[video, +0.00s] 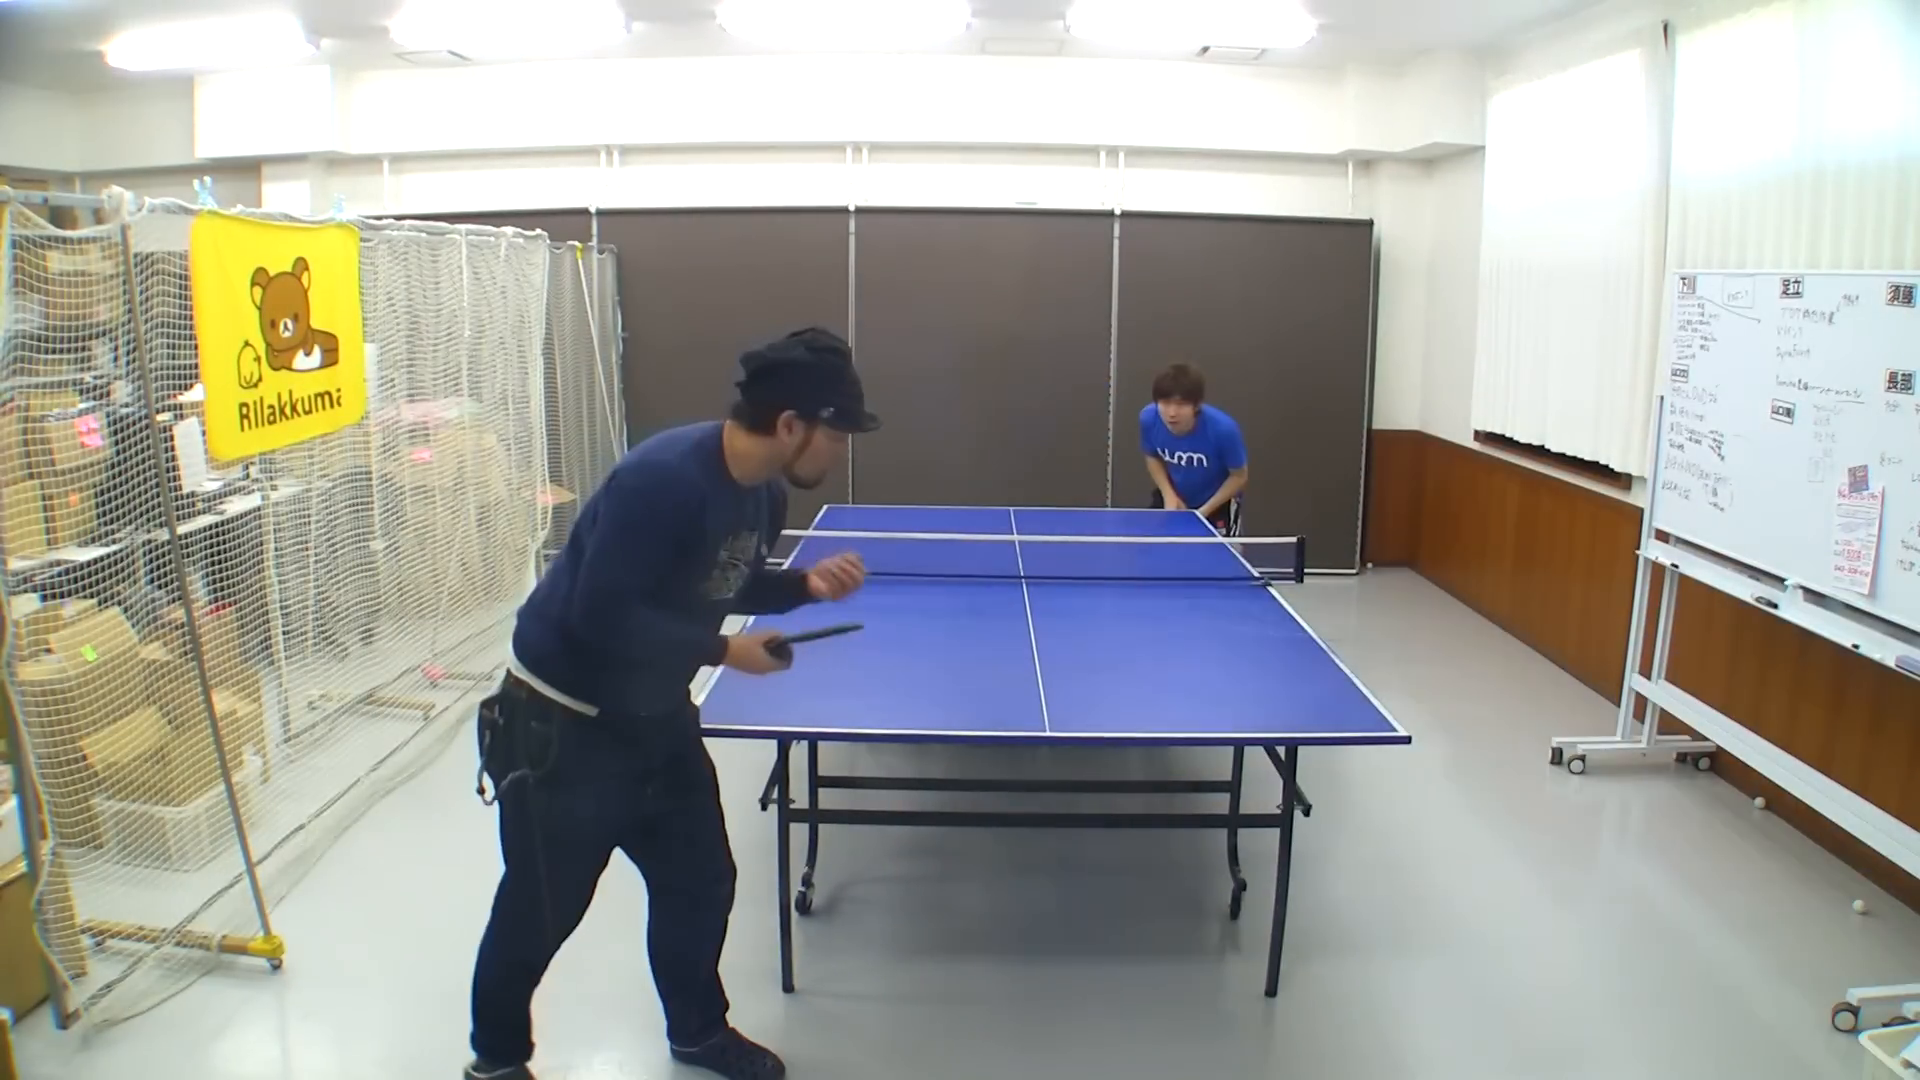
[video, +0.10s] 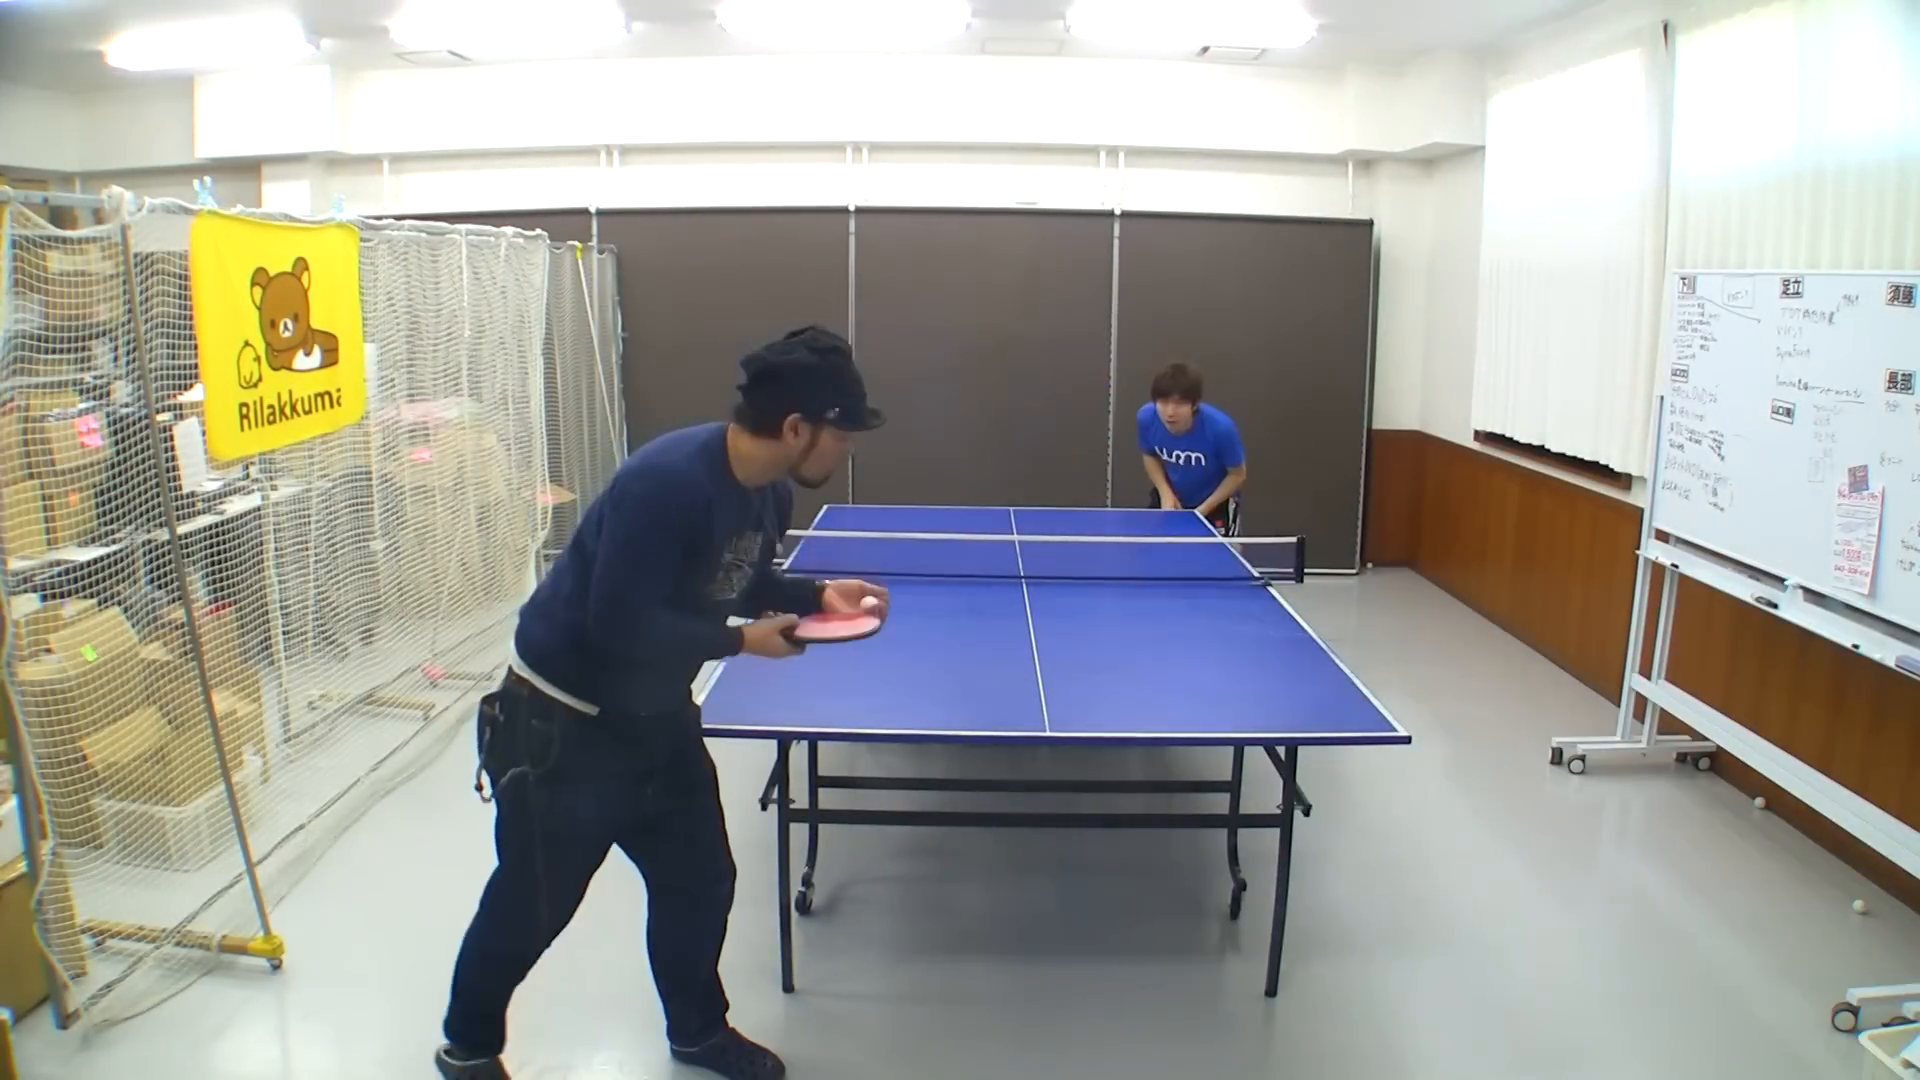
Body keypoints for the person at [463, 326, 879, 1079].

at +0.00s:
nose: (842, 449)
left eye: (845, 433)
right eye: (837, 431)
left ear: (789, 426)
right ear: (791, 426)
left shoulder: (764, 494)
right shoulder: (660, 480)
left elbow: (718, 586)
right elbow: (602, 617)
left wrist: (803, 584)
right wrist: (718, 649)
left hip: (654, 715)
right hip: (559, 716)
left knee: (697, 884)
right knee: (541, 901)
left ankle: (698, 1033)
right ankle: (496, 1057)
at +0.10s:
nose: (845, 448)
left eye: (848, 434)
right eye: (842, 431)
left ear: (795, 425)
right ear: (795, 424)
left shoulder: (767, 491)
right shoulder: (667, 481)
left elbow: (736, 585)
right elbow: (622, 624)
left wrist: (817, 597)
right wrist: (738, 639)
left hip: (656, 716)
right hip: (560, 716)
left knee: (696, 883)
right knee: (532, 899)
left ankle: (698, 1034)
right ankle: (467, 1049)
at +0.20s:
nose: (842, 446)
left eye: (844, 430)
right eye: (837, 428)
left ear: (789, 425)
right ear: (788, 424)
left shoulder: (762, 490)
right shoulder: (663, 483)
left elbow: (730, 583)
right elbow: (626, 630)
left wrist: (815, 593)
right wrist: (741, 638)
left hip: (653, 718)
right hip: (556, 718)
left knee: (695, 884)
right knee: (522, 901)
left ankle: (698, 1033)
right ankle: (456, 1046)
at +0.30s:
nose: (828, 441)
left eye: (829, 426)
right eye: (818, 426)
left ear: (767, 425)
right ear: (766, 425)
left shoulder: (754, 492)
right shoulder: (642, 490)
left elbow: (725, 583)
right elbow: (608, 633)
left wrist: (807, 601)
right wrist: (728, 642)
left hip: (648, 721)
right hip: (551, 725)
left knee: (695, 883)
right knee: (515, 910)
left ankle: (698, 1033)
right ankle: (460, 1058)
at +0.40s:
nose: (799, 442)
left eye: (798, 426)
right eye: (787, 427)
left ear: (734, 429)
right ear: (730, 428)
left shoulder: (736, 497)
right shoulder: (610, 499)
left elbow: (717, 596)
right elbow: (573, 649)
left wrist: (791, 626)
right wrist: (696, 661)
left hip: (643, 729)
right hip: (542, 735)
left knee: (701, 885)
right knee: (512, 923)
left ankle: (697, 1033)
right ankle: (460, 1058)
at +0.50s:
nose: (764, 445)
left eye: (763, 427)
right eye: (751, 429)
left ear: (699, 435)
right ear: (693, 434)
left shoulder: (715, 499)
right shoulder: (573, 507)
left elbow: (705, 604)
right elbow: (506, 656)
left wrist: (784, 644)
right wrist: (624, 716)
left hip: (630, 737)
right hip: (527, 748)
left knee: (701, 892)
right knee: (505, 932)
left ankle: (698, 1035)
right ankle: (457, 1061)